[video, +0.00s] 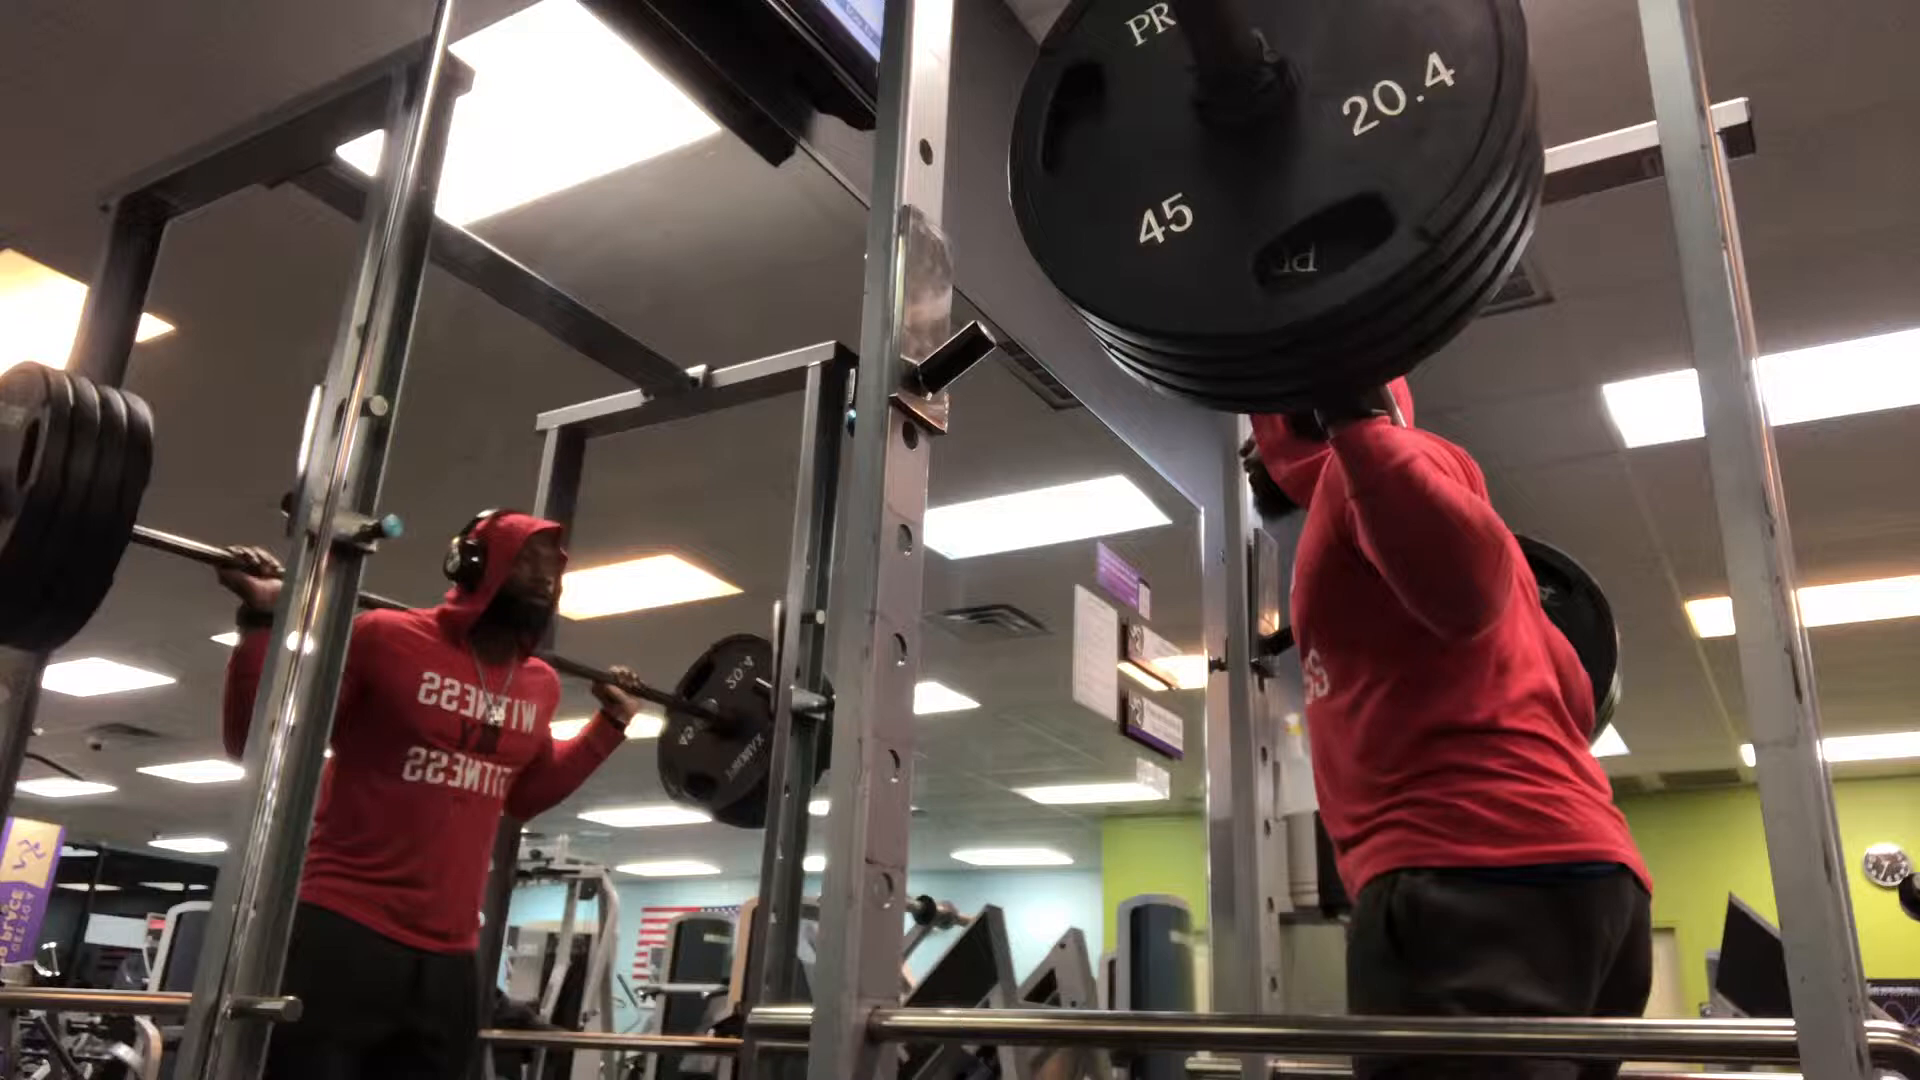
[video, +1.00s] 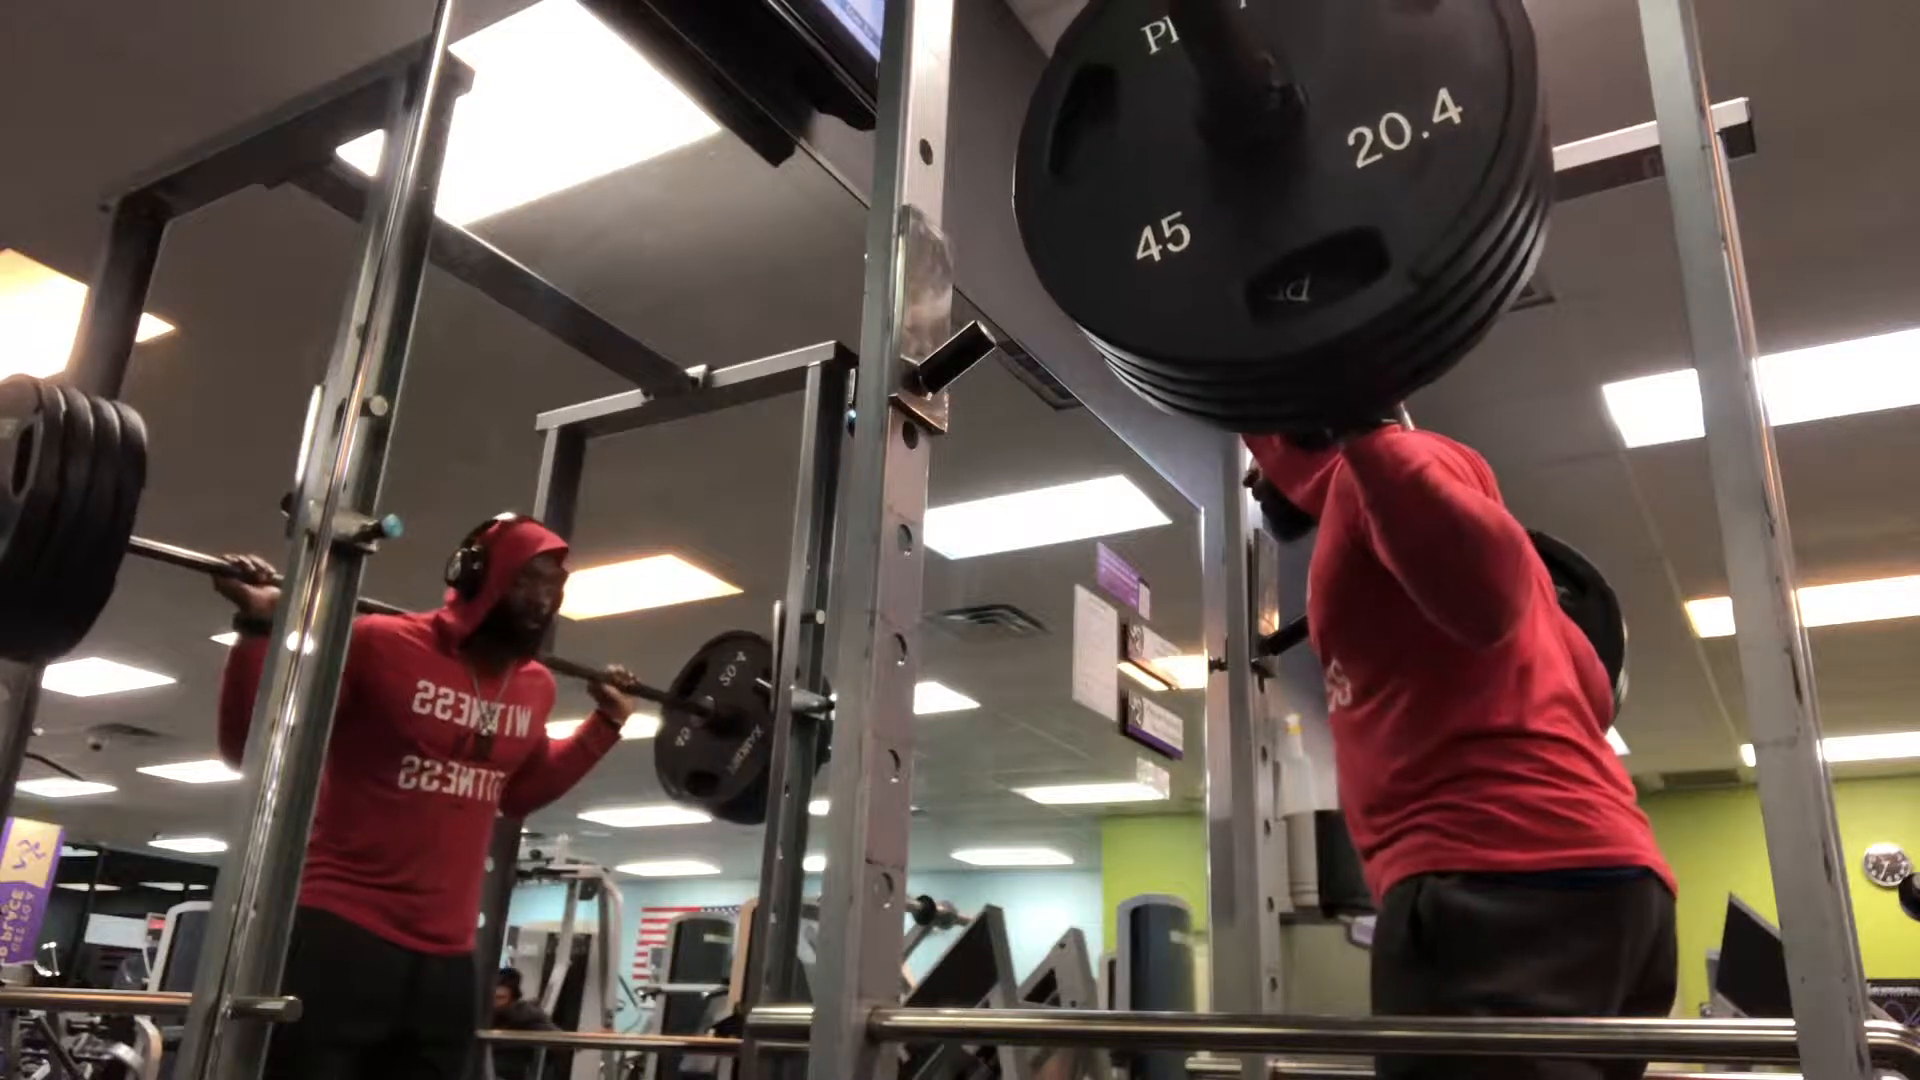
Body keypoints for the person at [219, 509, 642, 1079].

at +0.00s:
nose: (547, 579)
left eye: (555, 567)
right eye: (531, 562)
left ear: (560, 581)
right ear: (483, 566)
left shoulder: (538, 684)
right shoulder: (381, 636)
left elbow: (524, 796)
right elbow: (249, 742)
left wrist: (608, 724)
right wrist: (262, 620)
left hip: (450, 954)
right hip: (343, 928)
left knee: (435, 1072)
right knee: (314, 1071)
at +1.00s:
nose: (545, 598)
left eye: (555, 583)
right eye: (531, 577)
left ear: (560, 594)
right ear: (482, 576)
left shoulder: (533, 686)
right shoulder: (376, 641)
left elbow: (519, 794)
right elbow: (242, 746)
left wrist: (605, 722)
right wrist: (257, 628)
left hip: (448, 954)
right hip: (341, 929)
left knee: (435, 1071)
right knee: (315, 1070)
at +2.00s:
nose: (542, 601)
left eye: (553, 588)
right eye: (528, 582)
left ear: (560, 599)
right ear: (482, 578)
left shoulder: (534, 689)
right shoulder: (375, 643)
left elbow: (522, 798)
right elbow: (244, 753)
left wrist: (607, 725)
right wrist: (256, 629)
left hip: (444, 960)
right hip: (332, 934)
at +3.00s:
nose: (532, 727)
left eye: (542, 713)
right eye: (516, 707)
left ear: (548, 724)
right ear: (470, 706)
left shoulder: (520, 822)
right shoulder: (359, 783)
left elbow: (505, 929)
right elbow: (227, 899)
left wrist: (594, 858)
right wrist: (242, 772)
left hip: (410, 1051)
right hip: (305, 1040)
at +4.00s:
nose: (513, 876)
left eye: (525, 862)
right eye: (497, 858)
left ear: (536, 872)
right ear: (450, 855)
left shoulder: (508, 955)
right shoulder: (336, 931)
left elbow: (491, 1057)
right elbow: (200, 1045)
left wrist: (583, 987)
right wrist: (222, 922)